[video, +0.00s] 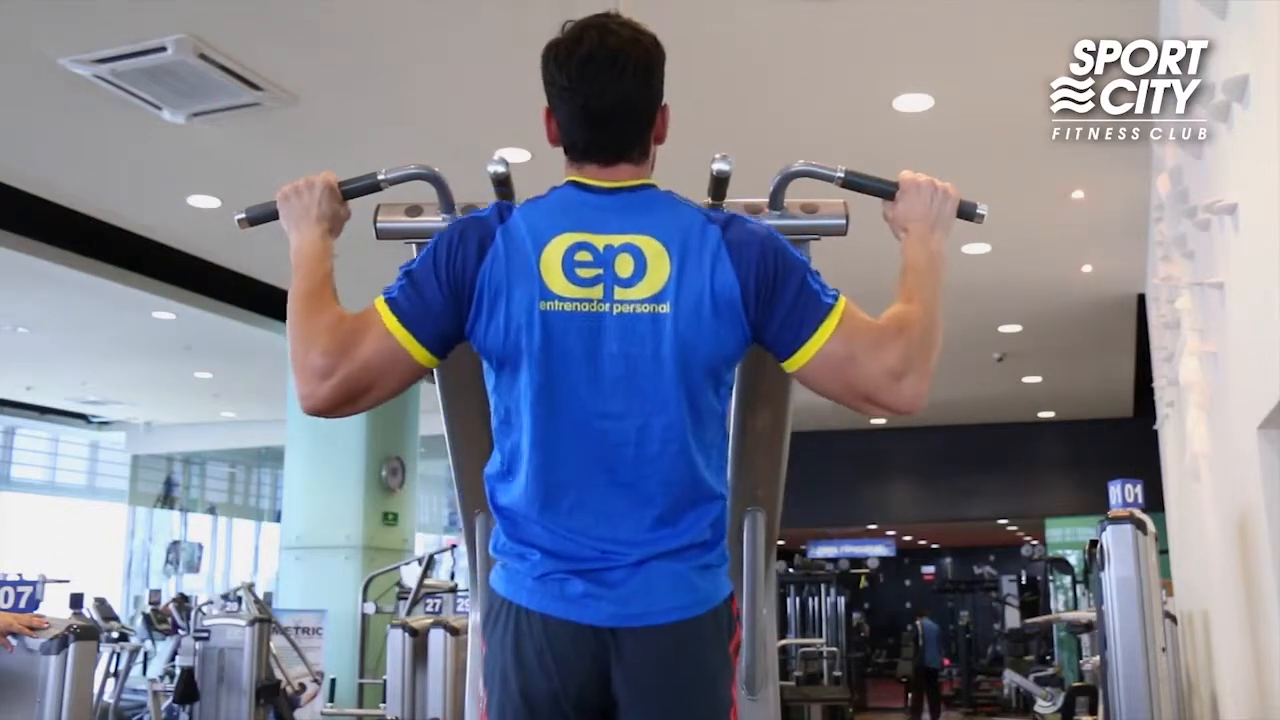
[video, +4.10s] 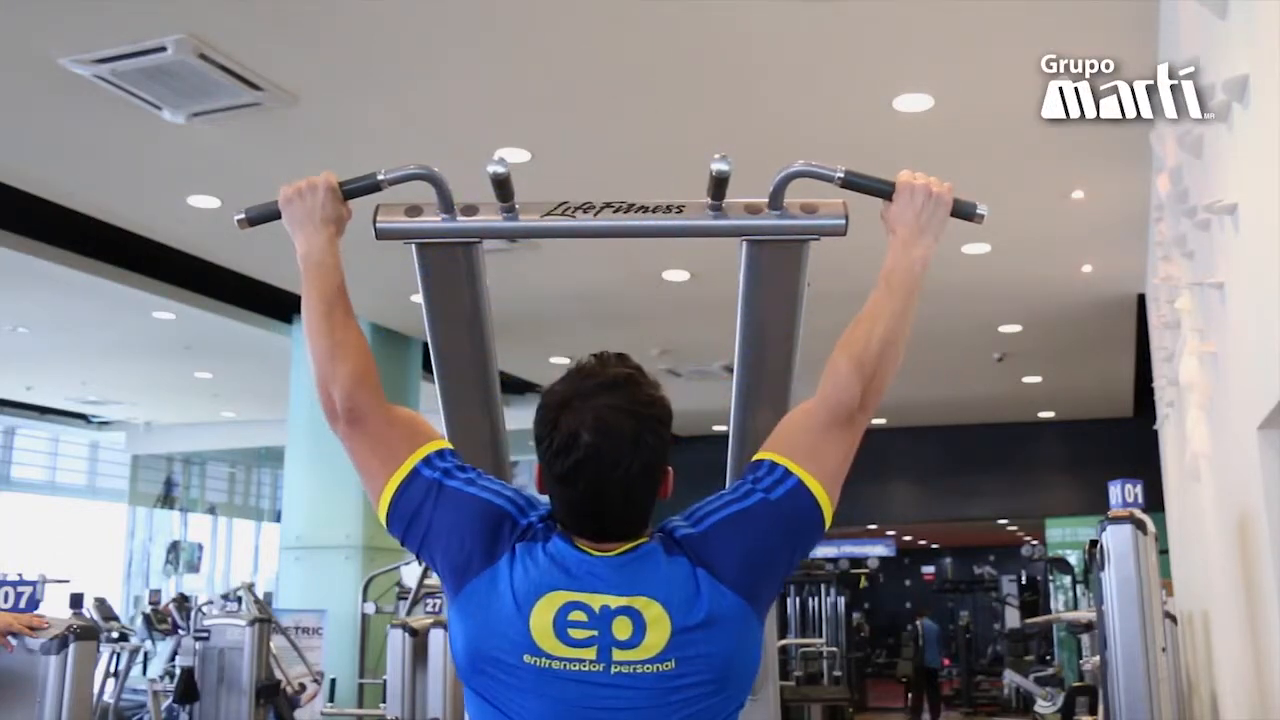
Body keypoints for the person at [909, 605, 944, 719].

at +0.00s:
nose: (916, 618)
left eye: (916, 616)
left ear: (917, 615)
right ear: (928, 614)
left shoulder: (917, 625)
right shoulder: (935, 627)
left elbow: (917, 644)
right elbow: (938, 645)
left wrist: (914, 659)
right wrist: (939, 659)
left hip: (921, 663)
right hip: (934, 664)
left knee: (918, 692)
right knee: (933, 691)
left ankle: (916, 715)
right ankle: (935, 715)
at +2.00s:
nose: (916, 618)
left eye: (916, 616)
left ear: (917, 615)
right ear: (928, 614)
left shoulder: (917, 625)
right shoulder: (935, 627)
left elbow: (917, 644)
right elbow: (938, 645)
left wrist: (914, 659)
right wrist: (939, 659)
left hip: (921, 664)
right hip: (934, 664)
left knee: (918, 692)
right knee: (933, 691)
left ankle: (916, 715)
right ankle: (935, 715)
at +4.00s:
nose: (916, 619)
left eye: (916, 616)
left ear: (917, 615)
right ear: (928, 614)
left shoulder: (917, 626)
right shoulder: (935, 627)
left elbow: (916, 644)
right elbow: (939, 645)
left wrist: (914, 659)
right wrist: (939, 659)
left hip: (920, 664)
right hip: (934, 664)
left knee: (918, 692)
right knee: (933, 692)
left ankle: (916, 715)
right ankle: (935, 715)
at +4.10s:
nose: (916, 619)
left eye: (916, 616)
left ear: (917, 615)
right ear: (928, 614)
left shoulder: (917, 626)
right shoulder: (935, 627)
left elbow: (916, 644)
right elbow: (939, 645)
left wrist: (914, 659)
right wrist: (939, 659)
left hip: (920, 664)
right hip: (934, 664)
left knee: (917, 692)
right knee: (933, 692)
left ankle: (916, 715)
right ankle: (935, 715)